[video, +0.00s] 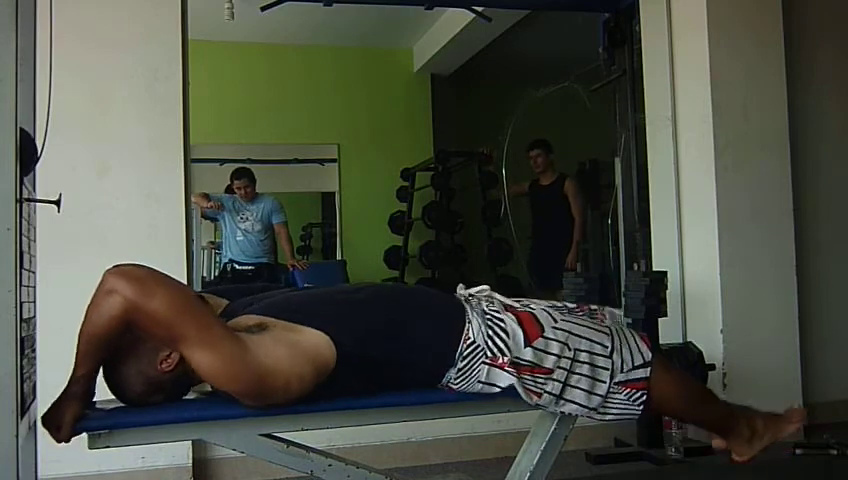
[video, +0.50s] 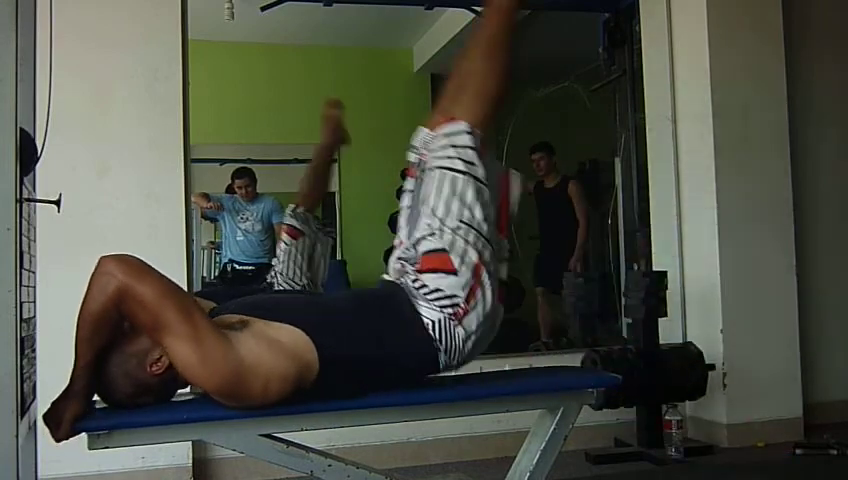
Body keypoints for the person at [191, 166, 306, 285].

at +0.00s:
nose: (243, 193)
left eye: (247, 188)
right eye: (238, 189)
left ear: (254, 185)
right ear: (233, 188)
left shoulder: (270, 203)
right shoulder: (226, 202)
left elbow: (281, 231)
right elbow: (196, 197)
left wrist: (290, 259)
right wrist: (206, 203)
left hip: (263, 270)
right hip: (232, 271)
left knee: (261, 313)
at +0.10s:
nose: (243, 192)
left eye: (247, 187)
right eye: (239, 188)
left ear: (255, 185)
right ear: (234, 188)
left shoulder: (270, 203)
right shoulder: (226, 203)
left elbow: (281, 232)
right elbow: (196, 197)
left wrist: (290, 259)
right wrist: (207, 203)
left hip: (263, 270)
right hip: (232, 270)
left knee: (261, 312)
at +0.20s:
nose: (244, 192)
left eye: (248, 187)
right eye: (239, 188)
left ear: (255, 185)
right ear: (234, 188)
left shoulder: (270, 203)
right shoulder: (226, 203)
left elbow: (281, 232)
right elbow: (196, 197)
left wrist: (290, 259)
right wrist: (206, 203)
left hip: (263, 270)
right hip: (233, 270)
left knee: (261, 313)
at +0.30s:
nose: (244, 192)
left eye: (248, 187)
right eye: (239, 188)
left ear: (255, 185)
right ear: (234, 188)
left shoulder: (270, 203)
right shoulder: (226, 202)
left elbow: (281, 231)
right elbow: (196, 197)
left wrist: (290, 258)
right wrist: (206, 203)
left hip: (263, 270)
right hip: (233, 270)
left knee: (262, 312)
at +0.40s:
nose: (244, 192)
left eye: (248, 187)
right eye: (239, 188)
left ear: (255, 184)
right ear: (234, 187)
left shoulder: (270, 203)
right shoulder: (226, 202)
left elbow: (282, 233)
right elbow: (196, 197)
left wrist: (290, 260)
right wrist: (206, 203)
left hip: (262, 271)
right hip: (232, 270)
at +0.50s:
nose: (244, 192)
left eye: (248, 187)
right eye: (239, 188)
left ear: (255, 184)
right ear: (234, 187)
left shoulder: (270, 204)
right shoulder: (226, 202)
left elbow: (281, 236)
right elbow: (196, 197)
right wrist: (207, 204)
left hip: (261, 270)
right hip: (232, 270)